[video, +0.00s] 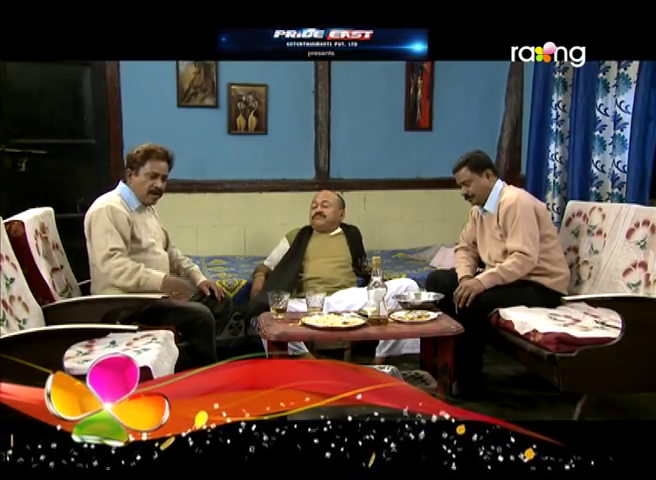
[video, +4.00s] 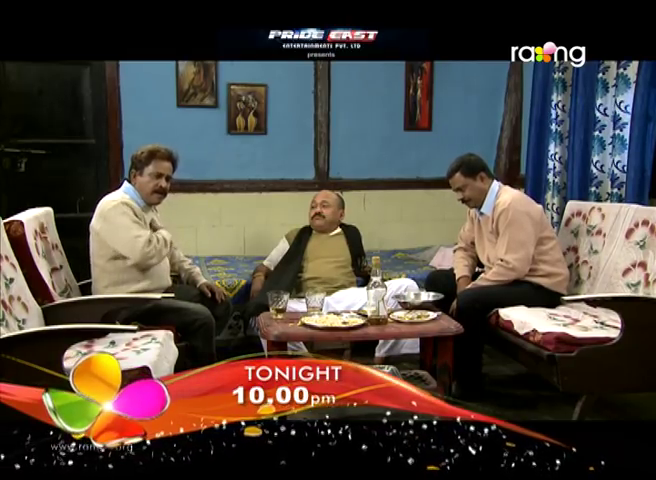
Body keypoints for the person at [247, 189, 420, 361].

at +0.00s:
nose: (318, 210)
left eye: (325, 206)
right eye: (314, 206)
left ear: (341, 213)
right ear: (309, 211)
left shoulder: (351, 233)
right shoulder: (297, 236)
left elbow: (362, 268)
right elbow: (265, 267)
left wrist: (379, 281)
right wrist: (256, 300)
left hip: (350, 298)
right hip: (309, 300)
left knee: (406, 285)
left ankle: (381, 363)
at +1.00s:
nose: (317, 210)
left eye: (325, 206)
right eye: (314, 206)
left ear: (341, 213)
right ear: (309, 211)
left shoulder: (351, 233)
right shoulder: (297, 236)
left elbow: (362, 268)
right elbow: (265, 267)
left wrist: (378, 282)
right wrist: (256, 296)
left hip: (351, 297)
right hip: (311, 300)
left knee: (407, 286)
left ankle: (381, 362)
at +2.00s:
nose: (317, 210)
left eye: (325, 206)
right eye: (314, 206)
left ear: (341, 213)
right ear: (309, 211)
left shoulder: (351, 233)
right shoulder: (297, 236)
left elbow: (362, 269)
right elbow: (265, 268)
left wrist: (378, 282)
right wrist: (256, 300)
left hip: (351, 297)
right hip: (311, 300)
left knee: (406, 285)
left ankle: (382, 362)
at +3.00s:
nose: (317, 210)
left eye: (325, 206)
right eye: (314, 206)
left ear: (340, 213)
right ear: (309, 211)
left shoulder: (351, 233)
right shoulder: (297, 236)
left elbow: (361, 269)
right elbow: (264, 269)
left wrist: (378, 280)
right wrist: (256, 301)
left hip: (351, 298)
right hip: (310, 300)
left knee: (406, 285)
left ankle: (382, 363)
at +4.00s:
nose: (317, 211)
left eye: (325, 206)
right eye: (313, 206)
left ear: (340, 213)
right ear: (308, 211)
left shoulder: (351, 233)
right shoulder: (298, 236)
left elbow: (361, 269)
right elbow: (264, 269)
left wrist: (379, 282)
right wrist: (256, 303)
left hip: (349, 298)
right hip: (308, 300)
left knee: (406, 286)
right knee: (264, 316)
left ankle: (382, 363)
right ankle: (304, 364)